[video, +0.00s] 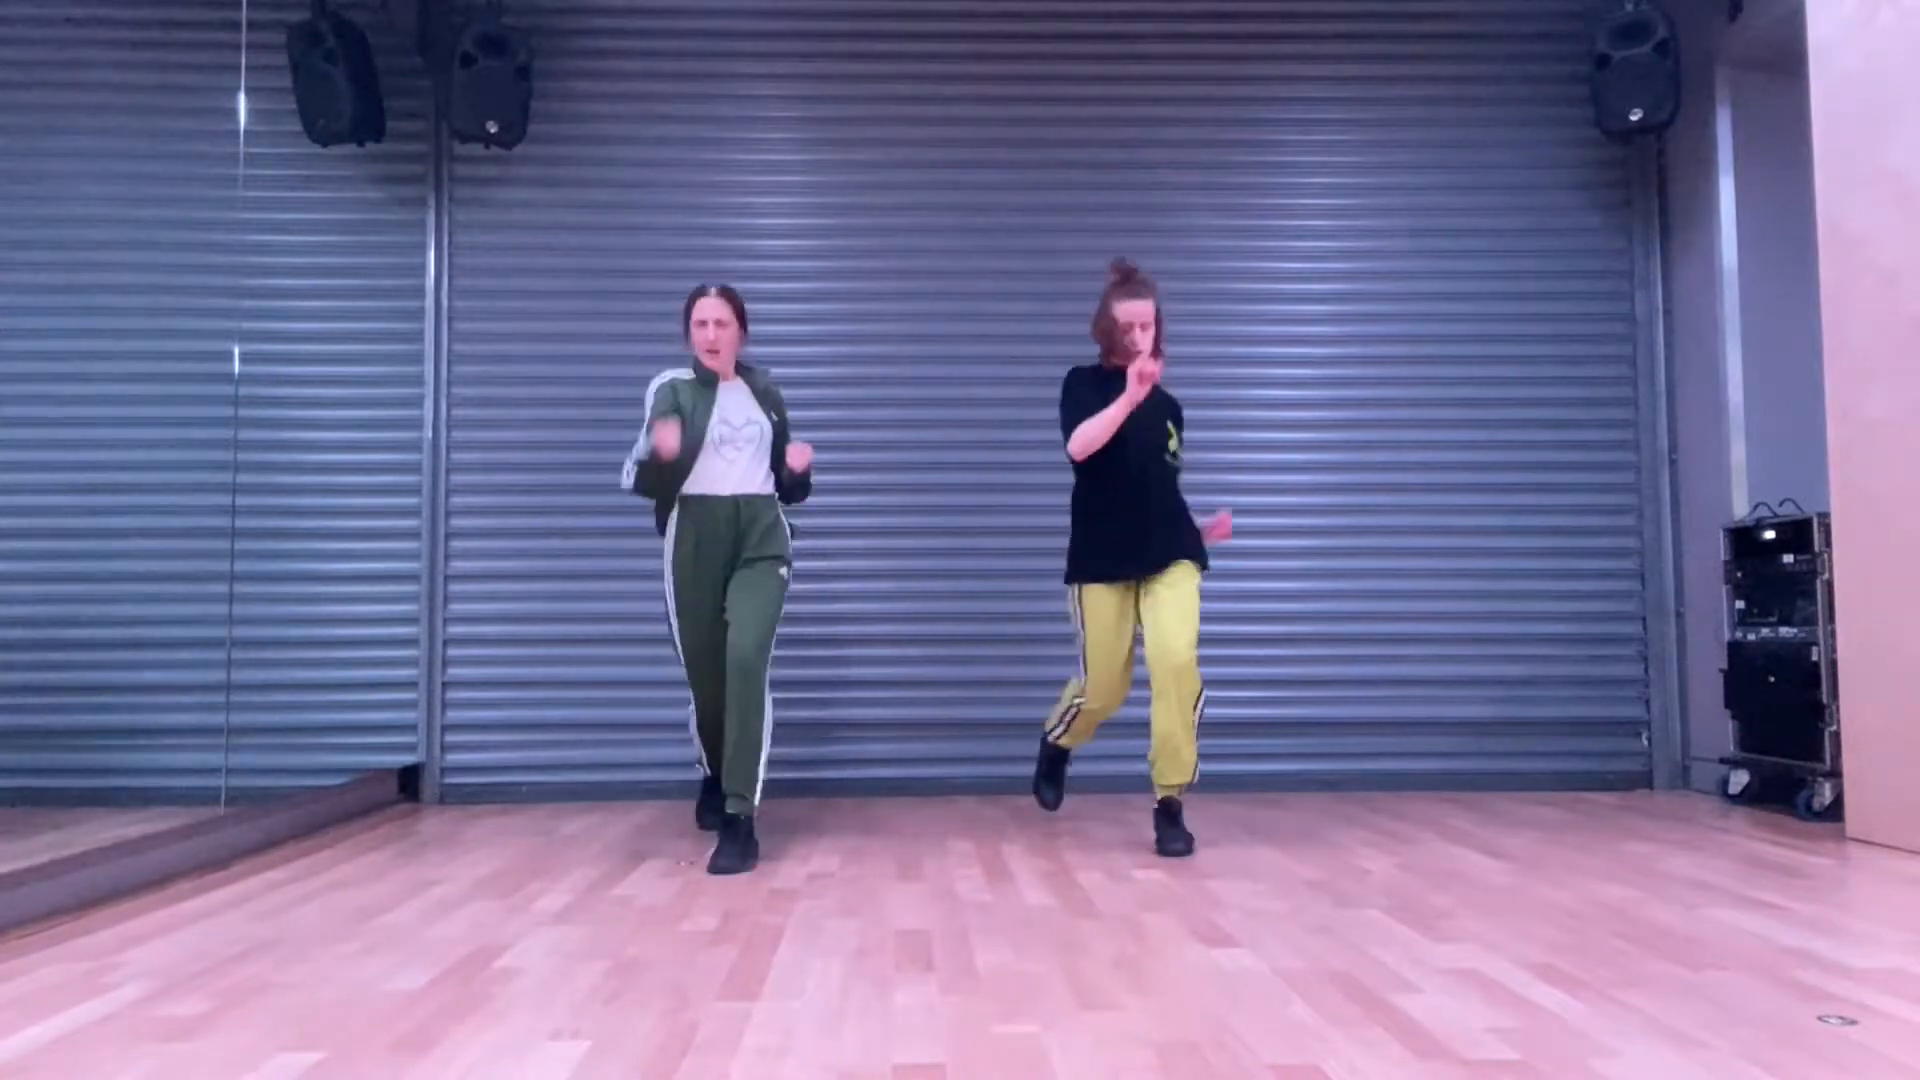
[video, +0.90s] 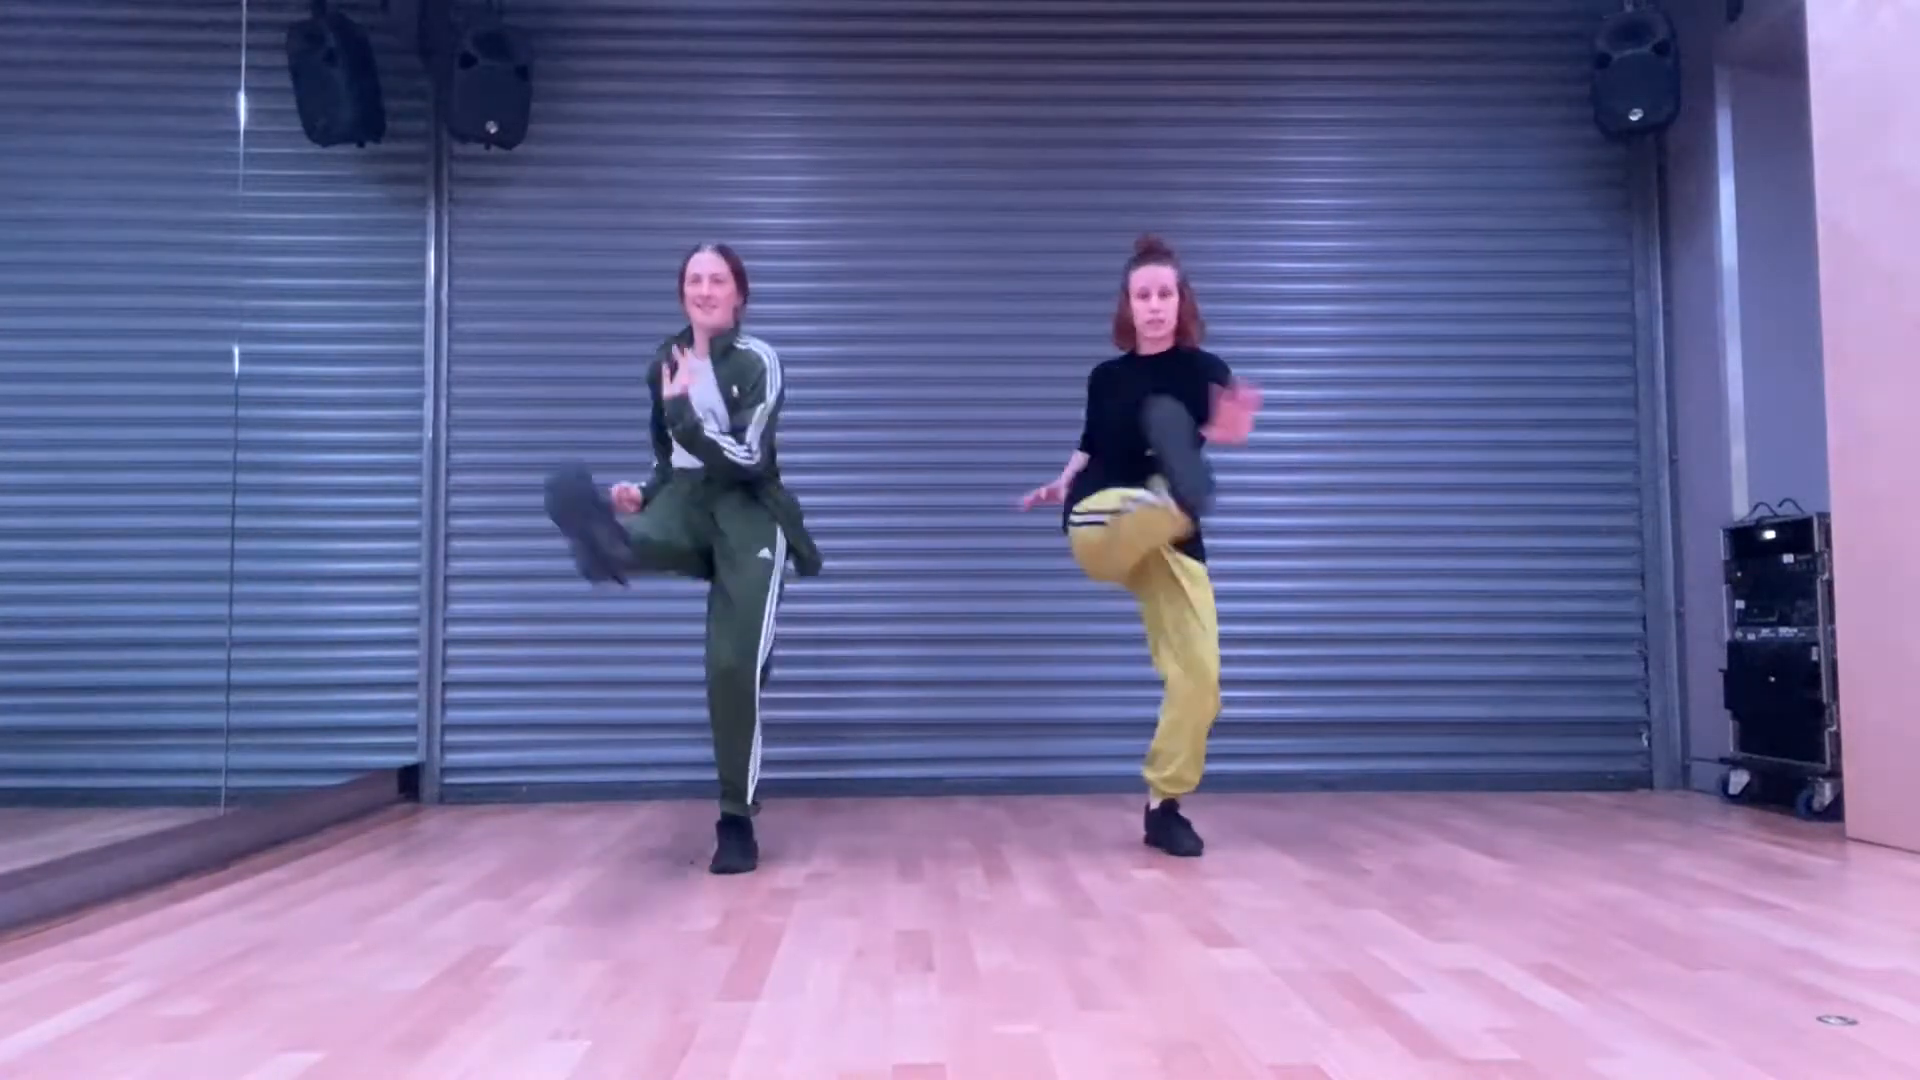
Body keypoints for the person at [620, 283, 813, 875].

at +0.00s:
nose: (711, 334)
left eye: (722, 324)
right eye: (701, 325)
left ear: (741, 333)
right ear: (688, 334)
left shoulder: (765, 394)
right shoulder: (671, 389)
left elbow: (786, 492)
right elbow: (644, 485)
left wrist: (795, 472)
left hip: (761, 535)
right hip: (696, 534)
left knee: (745, 656)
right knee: (703, 665)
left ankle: (740, 814)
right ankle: (714, 775)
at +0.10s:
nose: (715, 307)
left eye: (727, 297)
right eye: (706, 297)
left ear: (747, 309)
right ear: (692, 309)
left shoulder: (774, 370)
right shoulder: (667, 379)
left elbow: (793, 438)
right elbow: (640, 468)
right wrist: (635, 530)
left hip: (764, 509)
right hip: (696, 509)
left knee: (759, 656)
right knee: (709, 617)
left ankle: (741, 811)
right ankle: (696, 719)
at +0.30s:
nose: (714, 293)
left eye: (724, 283)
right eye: (704, 285)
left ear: (745, 296)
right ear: (690, 298)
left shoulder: (778, 360)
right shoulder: (666, 367)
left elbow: (808, 438)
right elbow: (653, 437)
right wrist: (646, 479)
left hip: (762, 488)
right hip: (691, 488)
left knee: (755, 655)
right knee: (682, 545)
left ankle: (745, 810)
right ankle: (689, 693)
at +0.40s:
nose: (714, 290)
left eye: (725, 281)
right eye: (704, 281)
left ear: (746, 292)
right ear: (690, 294)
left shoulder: (782, 361)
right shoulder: (666, 366)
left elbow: (819, 444)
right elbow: (645, 457)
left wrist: (808, 465)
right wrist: (653, 399)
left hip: (765, 509)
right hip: (693, 510)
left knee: (754, 666)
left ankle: (740, 816)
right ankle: (709, 742)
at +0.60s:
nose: (718, 305)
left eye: (730, 296)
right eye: (708, 296)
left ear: (751, 309)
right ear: (695, 309)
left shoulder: (774, 374)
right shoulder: (676, 362)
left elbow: (796, 435)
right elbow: (616, 412)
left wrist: (808, 457)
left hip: (765, 534)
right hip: (696, 535)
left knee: (748, 663)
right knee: (703, 672)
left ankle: (740, 814)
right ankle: (716, 784)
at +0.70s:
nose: (722, 294)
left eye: (734, 284)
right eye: (712, 285)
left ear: (755, 299)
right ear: (697, 300)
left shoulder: (778, 377)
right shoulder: (666, 370)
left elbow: (814, 472)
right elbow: (637, 465)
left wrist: (772, 430)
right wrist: (641, 532)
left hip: (769, 513)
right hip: (696, 511)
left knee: (759, 665)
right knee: (712, 677)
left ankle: (743, 815)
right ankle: (705, 774)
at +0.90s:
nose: (704, 291)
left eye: (717, 281)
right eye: (695, 281)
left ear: (740, 295)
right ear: (681, 295)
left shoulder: (758, 364)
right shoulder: (666, 362)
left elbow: (749, 460)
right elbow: (667, 456)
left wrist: (686, 412)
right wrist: (644, 493)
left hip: (750, 512)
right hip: (688, 502)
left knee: (732, 667)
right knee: (658, 528)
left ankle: (735, 819)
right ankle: (616, 547)